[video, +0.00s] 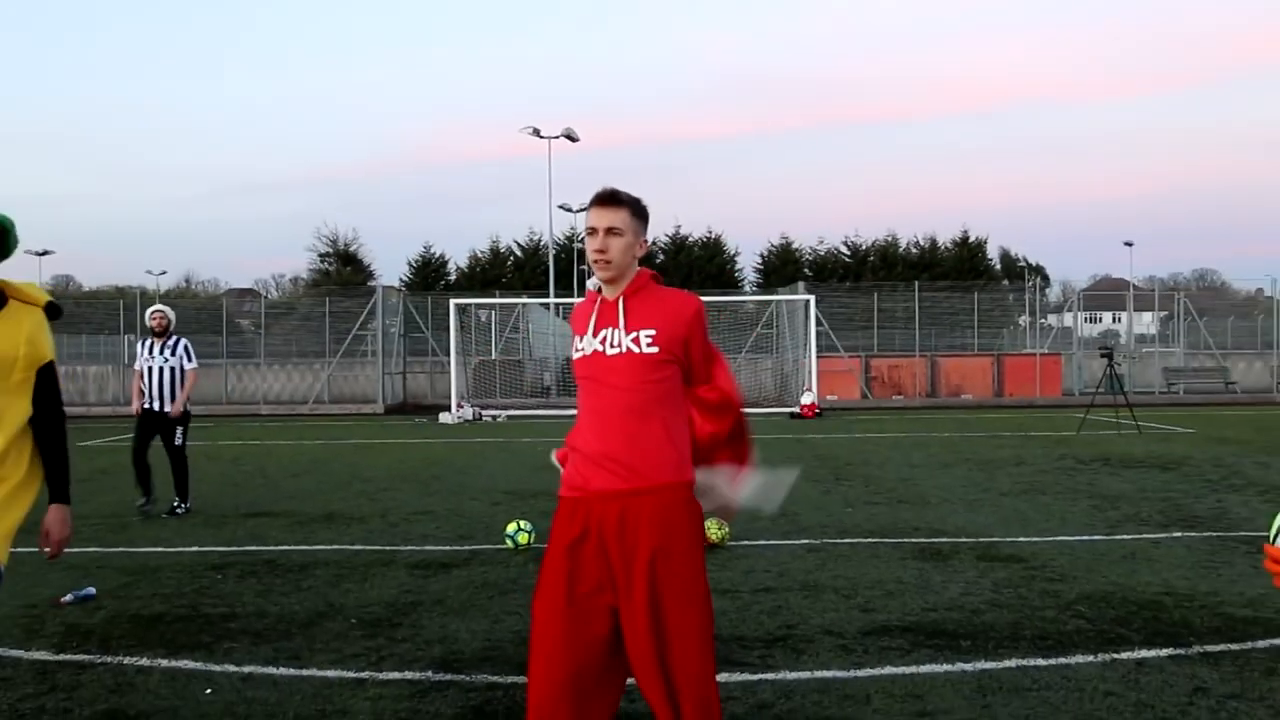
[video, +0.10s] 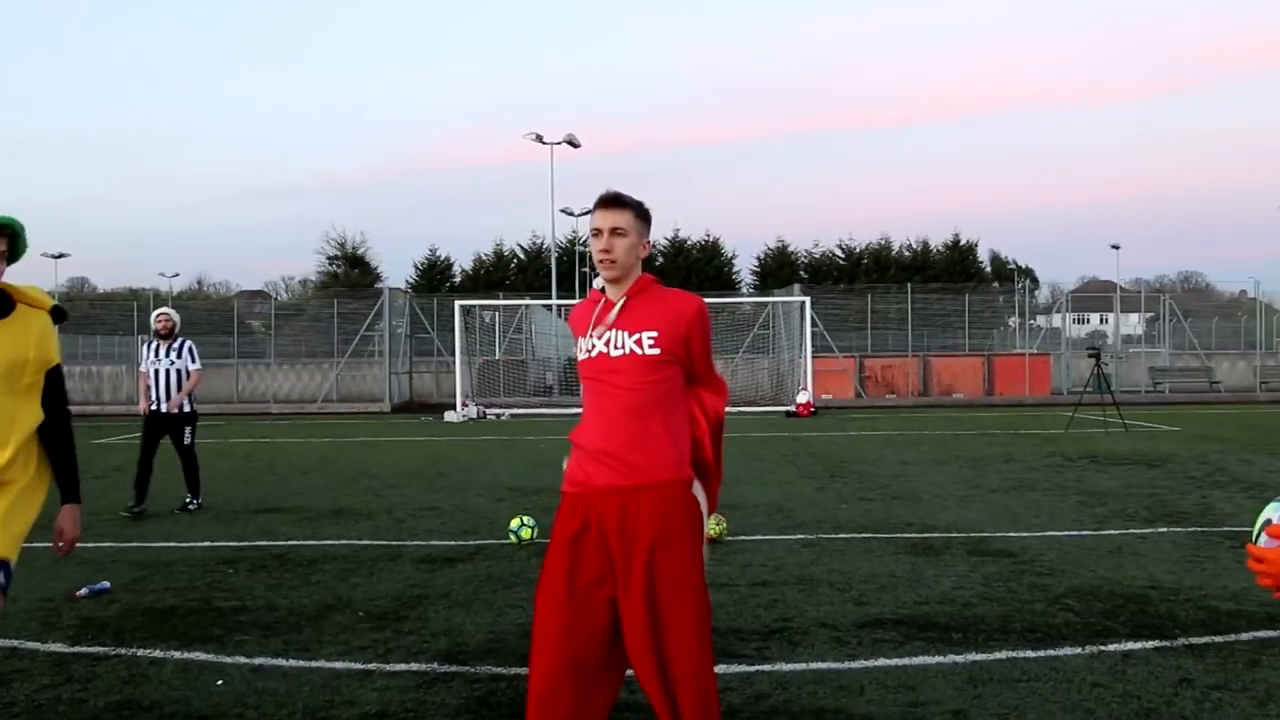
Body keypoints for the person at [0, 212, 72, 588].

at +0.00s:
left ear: (7, 253)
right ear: (9, 253)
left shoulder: (25, 319)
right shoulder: (23, 319)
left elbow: (48, 414)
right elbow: (48, 415)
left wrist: (59, 499)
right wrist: (58, 499)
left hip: (5, 507)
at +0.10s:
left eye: (2, 254)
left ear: (10, 256)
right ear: (8, 254)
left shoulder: (31, 321)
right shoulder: (28, 322)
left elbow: (53, 416)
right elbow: (54, 416)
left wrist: (70, 498)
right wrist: (69, 498)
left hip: (11, 495)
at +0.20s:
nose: (4, 273)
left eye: (11, 263)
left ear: (18, 268)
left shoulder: (38, 329)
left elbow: (56, 423)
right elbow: (56, 423)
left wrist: (75, 507)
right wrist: (74, 507)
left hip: (14, 501)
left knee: (1, 608)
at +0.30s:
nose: (2, 273)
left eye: (7, 262)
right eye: (0, 261)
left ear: (13, 268)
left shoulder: (32, 332)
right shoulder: (28, 332)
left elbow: (47, 426)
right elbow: (47, 427)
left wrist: (67, 513)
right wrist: (66, 513)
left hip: (10, 513)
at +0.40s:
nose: (1, 265)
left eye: (4, 255)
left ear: (9, 260)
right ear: (0, 256)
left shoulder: (26, 328)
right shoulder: (23, 328)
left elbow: (38, 425)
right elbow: (37, 427)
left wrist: (55, 516)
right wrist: (54, 516)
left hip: (5, 511)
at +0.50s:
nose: (2, 247)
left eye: (4, 240)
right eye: (4, 238)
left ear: (8, 246)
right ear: (9, 243)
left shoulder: (22, 326)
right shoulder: (20, 326)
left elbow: (34, 426)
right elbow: (33, 427)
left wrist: (49, 520)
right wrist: (49, 519)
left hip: (4, 509)